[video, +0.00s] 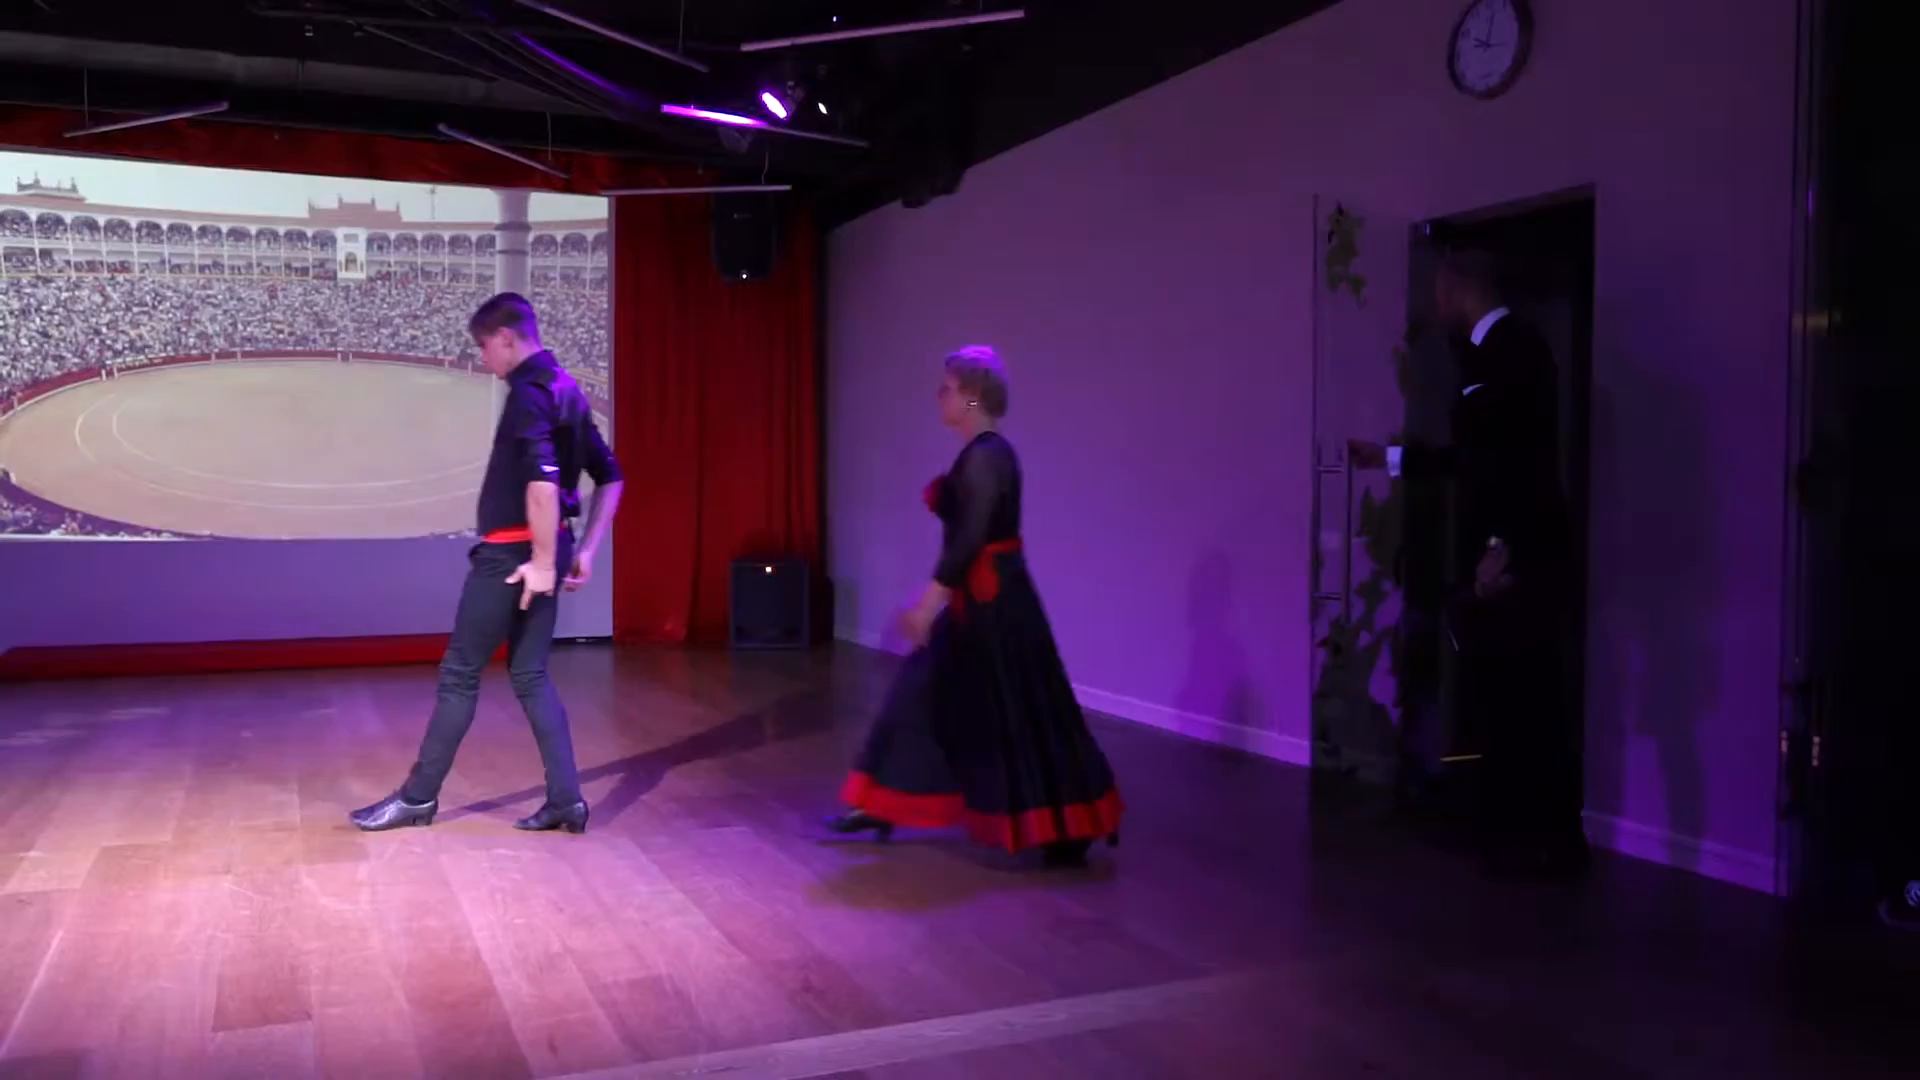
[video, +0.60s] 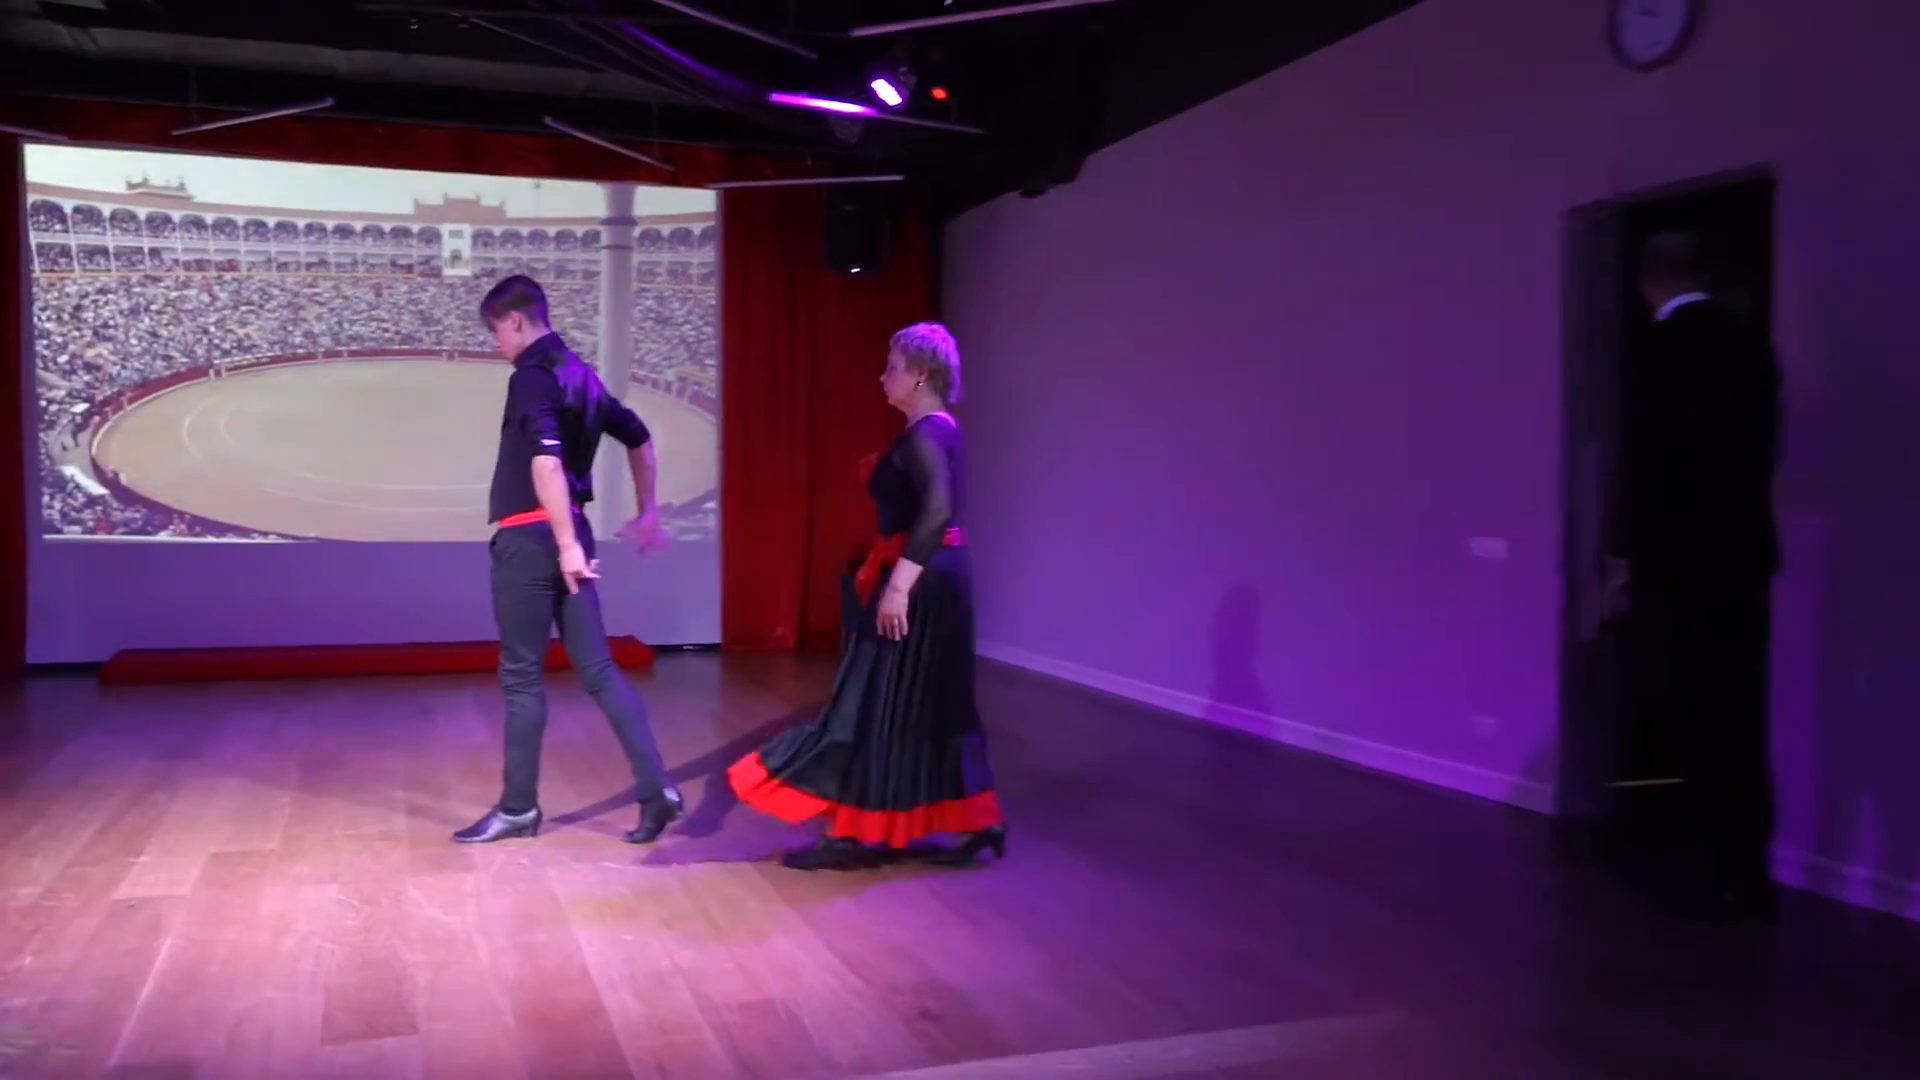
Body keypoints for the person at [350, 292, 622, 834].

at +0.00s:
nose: (482, 359)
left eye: (484, 346)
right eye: (480, 348)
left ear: (510, 337)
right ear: (520, 337)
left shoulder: (528, 393)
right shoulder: (566, 390)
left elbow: (543, 480)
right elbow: (610, 477)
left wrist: (544, 562)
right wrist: (587, 549)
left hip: (504, 557)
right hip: (545, 556)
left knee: (458, 676)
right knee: (530, 677)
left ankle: (417, 797)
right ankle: (566, 800)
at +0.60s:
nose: (495, 342)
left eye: (497, 330)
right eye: (493, 331)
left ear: (521, 320)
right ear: (539, 320)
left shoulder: (532, 375)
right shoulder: (581, 375)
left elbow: (547, 461)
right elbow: (637, 437)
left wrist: (568, 541)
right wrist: (647, 511)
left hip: (524, 540)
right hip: (569, 537)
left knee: (521, 677)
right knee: (598, 668)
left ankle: (518, 807)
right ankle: (657, 790)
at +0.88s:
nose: (555, 320)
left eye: (556, 307)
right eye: (552, 308)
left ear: (580, 295)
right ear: (598, 293)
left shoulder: (598, 355)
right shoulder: (643, 344)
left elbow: (619, 451)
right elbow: (682, 409)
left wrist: (651, 527)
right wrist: (694, 465)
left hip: (601, 543)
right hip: (642, 538)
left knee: (599, 696)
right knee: (680, 684)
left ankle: (595, 841)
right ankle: (746, 821)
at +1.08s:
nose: (607, 299)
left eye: (607, 284)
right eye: (603, 285)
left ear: (634, 271)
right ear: (653, 269)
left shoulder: (656, 338)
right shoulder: (705, 328)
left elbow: (686, 447)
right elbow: (706, 438)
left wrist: (727, 519)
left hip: (665, 545)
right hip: (706, 538)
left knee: (658, 715)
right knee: (753, 700)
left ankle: (654, 875)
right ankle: (821, 854)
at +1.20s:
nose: (647, 286)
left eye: (648, 271)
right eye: (644, 272)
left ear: (675, 260)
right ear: (694, 257)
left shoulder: (697, 330)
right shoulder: (739, 314)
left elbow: (731, 443)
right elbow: (703, 383)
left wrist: (777, 501)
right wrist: (649, 400)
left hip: (717, 549)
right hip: (760, 541)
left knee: (695, 722)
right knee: (805, 707)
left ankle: (697, 892)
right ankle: (872, 871)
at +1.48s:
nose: (701, 271)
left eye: (705, 255)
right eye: (698, 256)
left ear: (738, 247)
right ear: (761, 244)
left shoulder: (757, 319)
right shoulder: (797, 313)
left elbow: (797, 443)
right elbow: (709, 440)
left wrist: (837, 462)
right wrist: (680, 388)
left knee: (699, 728)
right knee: (857, 720)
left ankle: (757, 914)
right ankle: (921, 892)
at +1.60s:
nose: (694, 274)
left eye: (695, 257)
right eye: (691, 259)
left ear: (725, 244)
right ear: (757, 244)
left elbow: (700, 398)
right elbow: (854, 450)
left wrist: (740, 487)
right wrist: (792, 448)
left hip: (734, 548)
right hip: (802, 541)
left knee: (713, 733)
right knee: (765, 719)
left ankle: (757, 920)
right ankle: (827, 886)